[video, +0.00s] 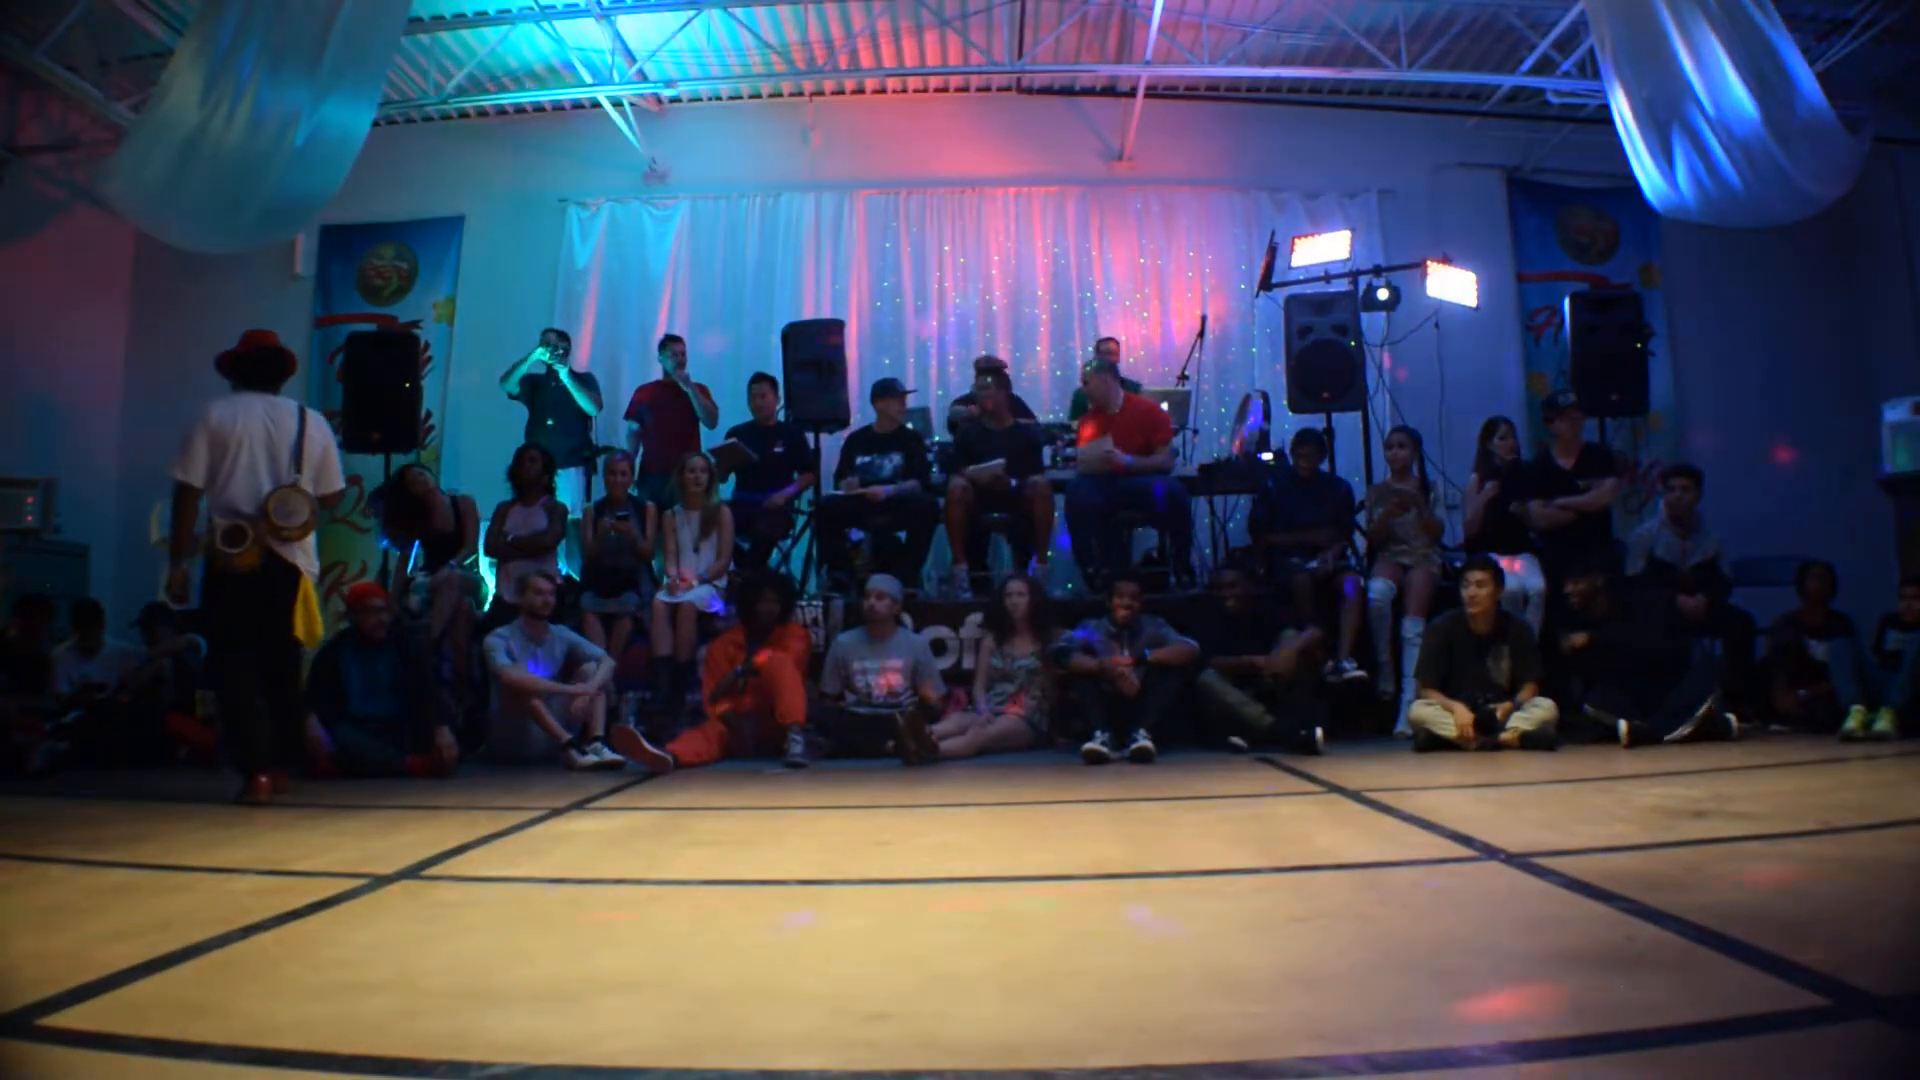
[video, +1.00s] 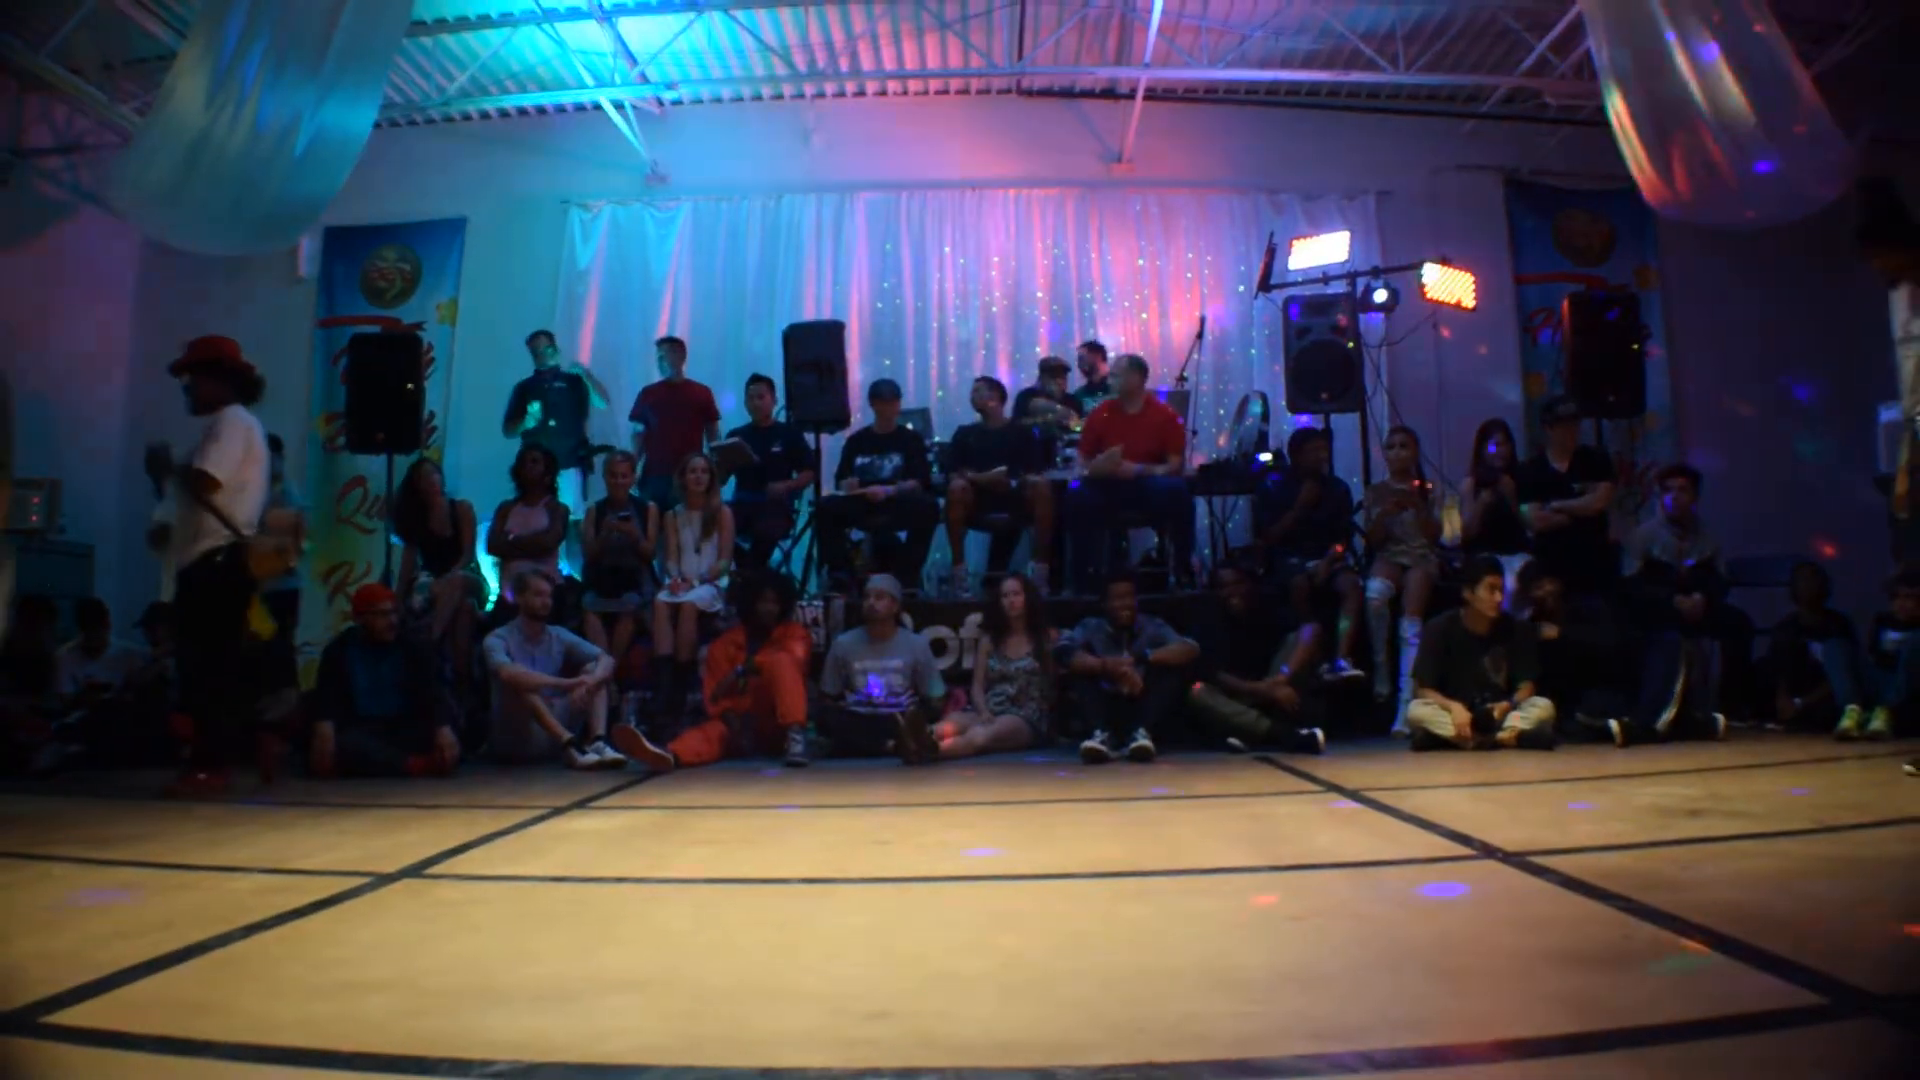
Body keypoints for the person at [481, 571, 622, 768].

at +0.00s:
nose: (548, 600)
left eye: (551, 594)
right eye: (539, 593)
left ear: (555, 597)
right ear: (522, 598)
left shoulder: (561, 634)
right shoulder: (499, 639)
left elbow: (608, 662)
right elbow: (509, 677)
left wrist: (587, 694)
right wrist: (573, 690)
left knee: (590, 669)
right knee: (520, 681)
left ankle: (596, 743)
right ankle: (568, 746)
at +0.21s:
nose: (544, 600)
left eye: (547, 594)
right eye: (535, 594)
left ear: (551, 597)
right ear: (518, 597)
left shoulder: (558, 634)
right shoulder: (496, 639)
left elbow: (605, 661)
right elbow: (506, 675)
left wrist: (589, 684)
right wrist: (567, 686)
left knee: (590, 671)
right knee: (517, 679)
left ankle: (597, 743)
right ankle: (567, 746)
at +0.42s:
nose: (543, 599)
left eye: (546, 593)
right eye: (534, 593)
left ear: (550, 597)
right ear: (516, 597)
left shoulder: (556, 635)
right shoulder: (496, 639)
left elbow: (605, 660)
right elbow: (505, 674)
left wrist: (588, 683)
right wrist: (569, 684)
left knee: (594, 671)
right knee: (517, 682)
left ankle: (597, 743)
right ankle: (567, 745)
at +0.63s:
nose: (545, 597)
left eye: (546, 591)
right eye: (536, 592)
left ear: (550, 594)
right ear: (515, 598)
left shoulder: (555, 635)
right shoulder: (495, 640)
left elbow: (605, 661)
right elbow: (504, 674)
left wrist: (589, 682)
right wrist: (568, 684)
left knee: (594, 673)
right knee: (517, 683)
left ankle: (596, 743)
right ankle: (567, 746)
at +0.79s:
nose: (546, 598)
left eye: (548, 592)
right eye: (537, 592)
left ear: (552, 595)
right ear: (517, 598)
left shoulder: (557, 635)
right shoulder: (496, 639)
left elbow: (606, 660)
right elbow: (505, 674)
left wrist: (590, 682)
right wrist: (569, 684)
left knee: (594, 672)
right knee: (518, 681)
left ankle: (597, 743)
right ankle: (566, 746)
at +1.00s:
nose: (546, 602)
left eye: (549, 596)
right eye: (539, 595)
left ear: (553, 598)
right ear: (519, 598)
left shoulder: (558, 635)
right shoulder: (498, 639)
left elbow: (607, 660)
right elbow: (508, 674)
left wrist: (590, 682)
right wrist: (569, 684)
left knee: (594, 669)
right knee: (520, 683)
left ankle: (598, 742)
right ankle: (569, 746)